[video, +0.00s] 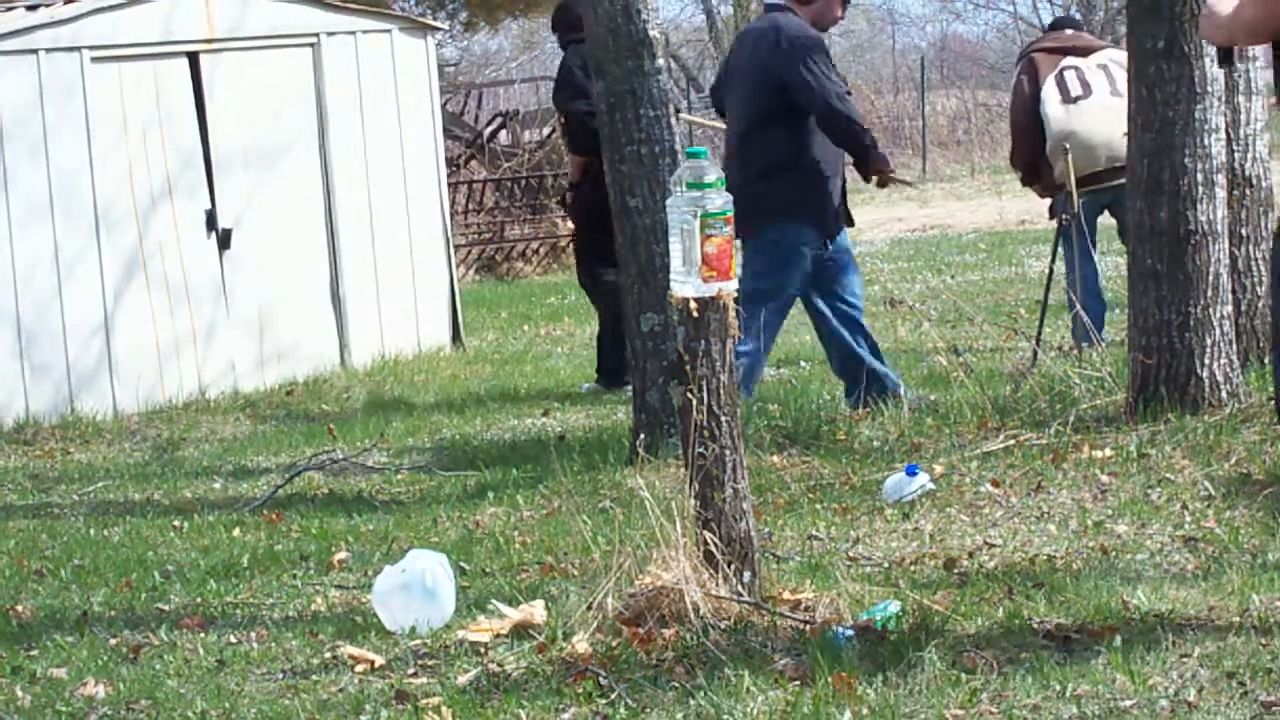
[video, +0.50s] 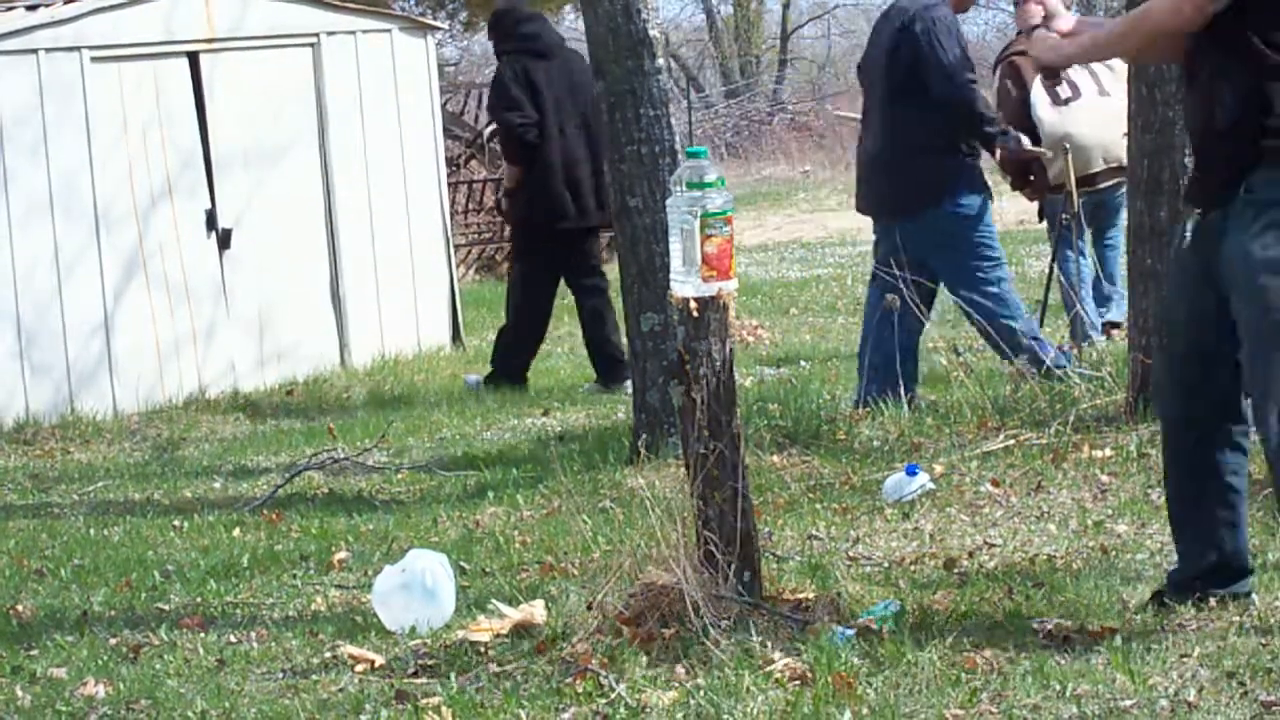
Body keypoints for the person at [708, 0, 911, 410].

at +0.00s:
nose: (842, 14)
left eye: (844, 6)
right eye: (841, 5)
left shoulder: (751, 36)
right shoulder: (798, 37)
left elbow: (719, 96)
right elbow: (833, 108)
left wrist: (773, 134)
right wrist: (870, 156)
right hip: (793, 202)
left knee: (839, 304)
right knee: (757, 316)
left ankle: (879, 398)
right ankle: (722, 411)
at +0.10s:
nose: (873, 8)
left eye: (874, 2)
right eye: (871, 1)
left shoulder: (786, 28)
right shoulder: (830, 31)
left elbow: (757, 89)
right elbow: (857, 106)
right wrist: (901, 158)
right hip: (820, 187)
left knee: (867, 290)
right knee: (821, 286)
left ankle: (879, 399)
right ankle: (743, 390)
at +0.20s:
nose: (894, 6)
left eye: (894, 2)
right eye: (893, 0)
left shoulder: (806, 28)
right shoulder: (853, 21)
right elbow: (882, 97)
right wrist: (925, 145)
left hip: (819, 179)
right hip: (860, 176)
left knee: (868, 284)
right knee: (877, 278)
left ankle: (879, 401)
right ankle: (790, 365)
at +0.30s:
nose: (914, 5)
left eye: (914, 3)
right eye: (914, 2)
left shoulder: (836, 19)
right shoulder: (879, 16)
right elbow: (904, 85)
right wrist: (946, 132)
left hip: (842, 177)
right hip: (885, 174)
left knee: (871, 279)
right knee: (935, 259)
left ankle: (877, 389)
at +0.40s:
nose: (941, 4)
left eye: (940, 2)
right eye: (940, 1)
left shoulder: (862, 18)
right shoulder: (903, 15)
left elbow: (871, 101)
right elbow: (927, 86)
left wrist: (941, 138)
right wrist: (973, 133)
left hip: (865, 177)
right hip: (913, 173)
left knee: (884, 285)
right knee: (962, 256)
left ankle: (881, 398)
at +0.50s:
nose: (973, 6)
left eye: (975, 3)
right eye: (974, 2)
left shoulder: (892, 20)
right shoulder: (933, 18)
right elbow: (957, 90)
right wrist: (1001, 139)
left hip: (894, 186)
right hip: (939, 182)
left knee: (895, 299)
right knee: (987, 285)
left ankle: (882, 402)